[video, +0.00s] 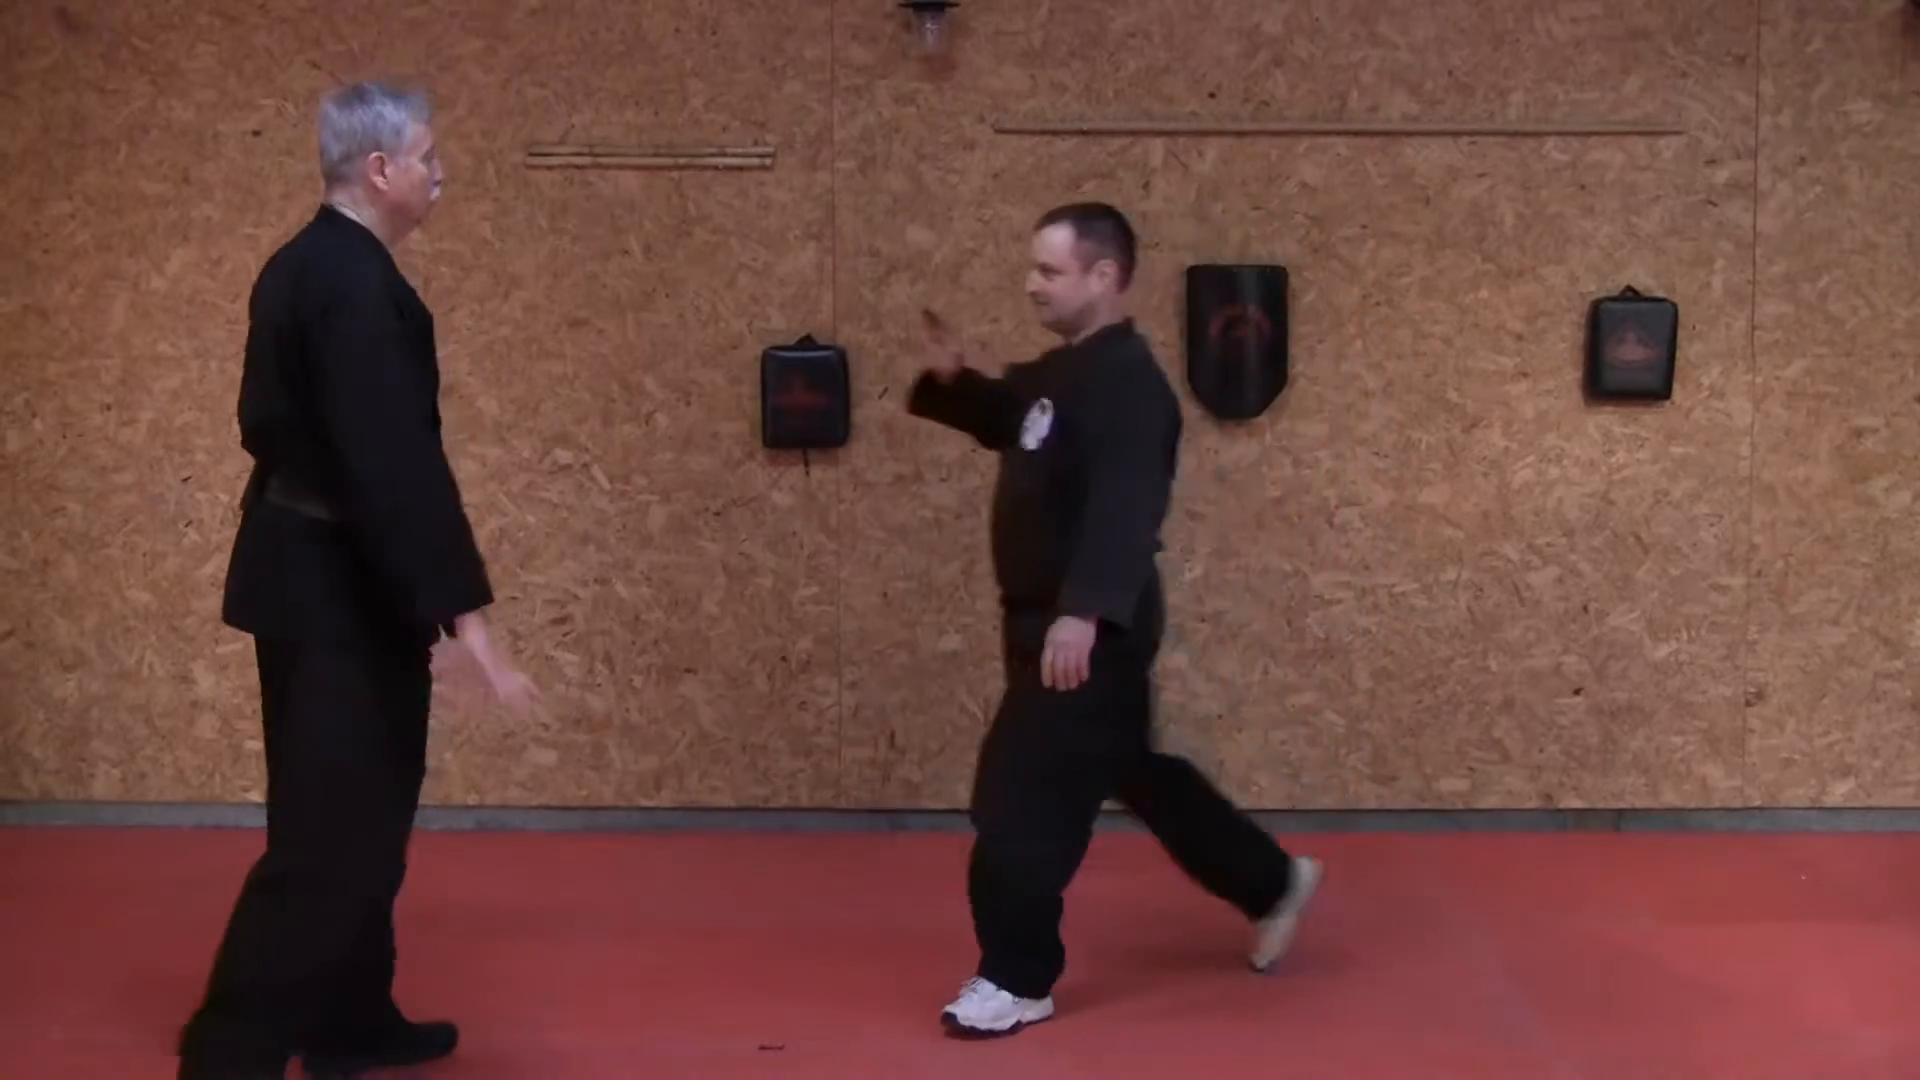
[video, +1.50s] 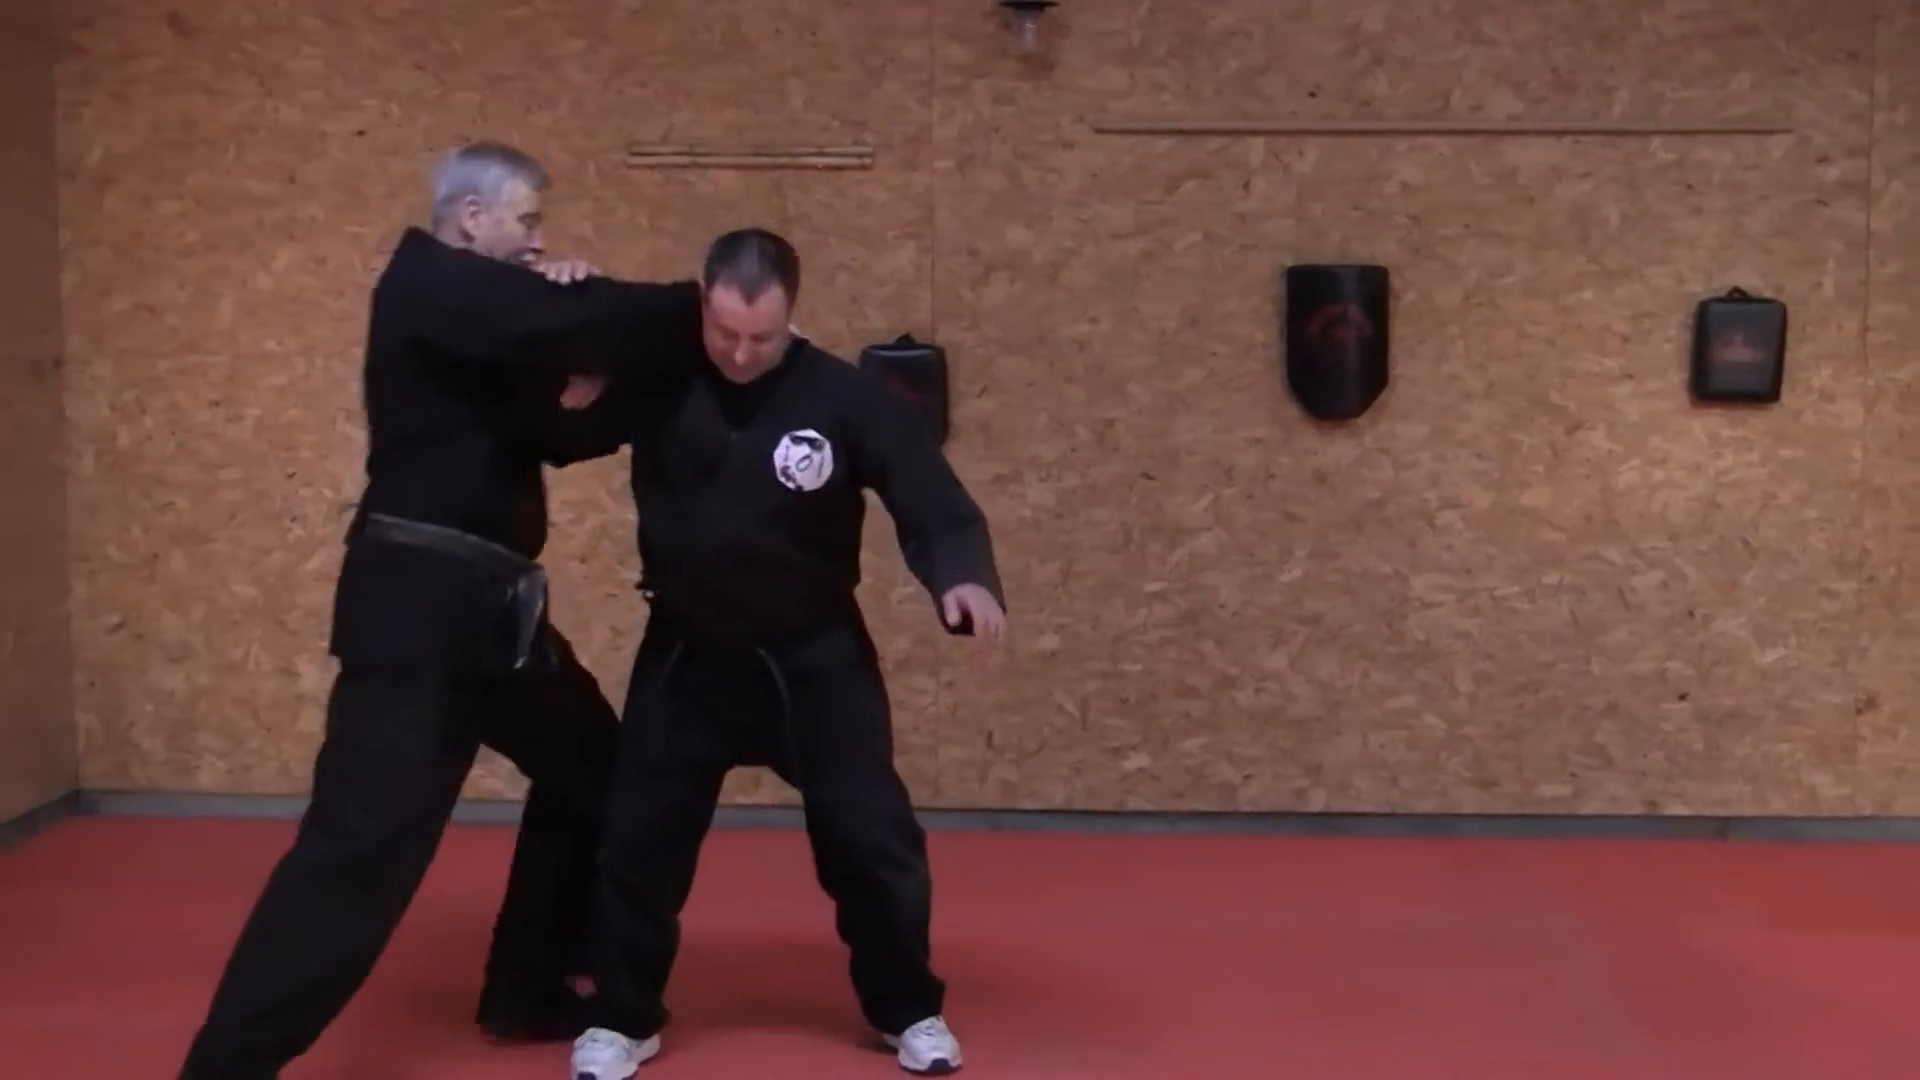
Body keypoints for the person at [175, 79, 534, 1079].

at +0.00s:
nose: (440, 178)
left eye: (437, 157)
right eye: (430, 159)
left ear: (360, 171)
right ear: (380, 169)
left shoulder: (299, 267)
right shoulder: (359, 283)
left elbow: (270, 431)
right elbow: (398, 463)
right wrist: (463, 608)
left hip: (311, 577)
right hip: (345, 591)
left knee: (359, 814)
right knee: (337, 827)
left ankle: (351, 1021)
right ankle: (232, 1048)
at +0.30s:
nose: (406, 212)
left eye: (402, 194)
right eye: (390, 196)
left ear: (330, 209)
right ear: (336, 209)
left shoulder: (308, 299)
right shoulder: (317, 315)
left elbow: (247, 424)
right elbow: (456, 406)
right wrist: (634, 451)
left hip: (395, 599)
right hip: (318, 611)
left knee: (497, 769)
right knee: (333, 844)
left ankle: (502, 960)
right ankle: (227, 1064)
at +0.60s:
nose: (444, 244)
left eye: (443, 226)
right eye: (428, 226)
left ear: (388, 240)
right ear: (368, 236)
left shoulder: (458, 347)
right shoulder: (292, 355)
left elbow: (518, 489)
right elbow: (310, 514)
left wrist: (513, 393)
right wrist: (371, 410)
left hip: (457, 616)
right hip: (338, 626)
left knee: (537, 798)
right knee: (307, 830)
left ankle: (509, 978)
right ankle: (216, 1062)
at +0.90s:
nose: (440, 255)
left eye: (440, 238)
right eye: (425, 239)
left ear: (383, 247)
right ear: (366, 245)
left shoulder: (442, 341)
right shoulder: (292, 365)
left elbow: (536, 424)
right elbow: (310, 502)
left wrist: (491, 406)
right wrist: (420, 401)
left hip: (449, 635)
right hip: (344, 645)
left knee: (538, 801)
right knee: (328, 848)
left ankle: (514, 975)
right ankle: (213, 1064)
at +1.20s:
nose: (436, 252)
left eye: (433, 239)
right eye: (422, 237)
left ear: (364, 246)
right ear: (367, 242)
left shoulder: (365, 341)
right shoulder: (367, 308)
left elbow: (469, 476)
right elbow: (533, 314)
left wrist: (541, 387)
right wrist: (682, 265)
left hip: (432, 616)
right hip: (380, 617)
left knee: (509, 790)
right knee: (332, 849)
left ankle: (539, 979)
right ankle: (170, 1054)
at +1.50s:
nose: (538, 237)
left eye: (538, 222)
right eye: (525, 220)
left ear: (472, 219)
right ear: (466, 217)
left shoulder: (491, 302)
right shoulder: (432, 280)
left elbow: (560, 431)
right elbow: (567, 319)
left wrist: (588, 315)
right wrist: (699, 303)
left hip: (489, 607)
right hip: (419, 602)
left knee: (590, 762)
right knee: (358, 848)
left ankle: (528, 992)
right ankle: (230, 1061)